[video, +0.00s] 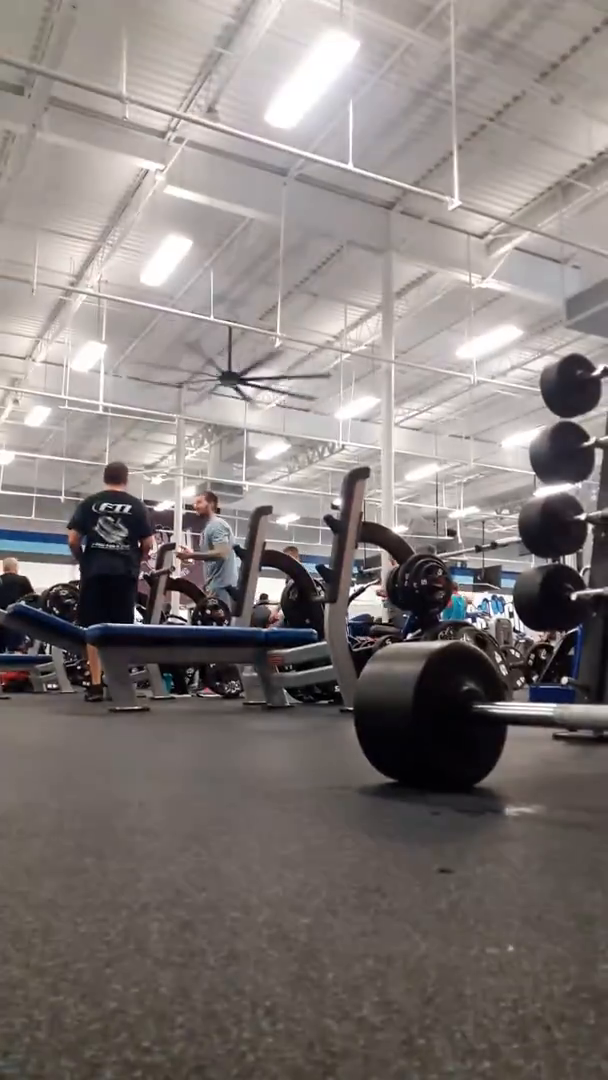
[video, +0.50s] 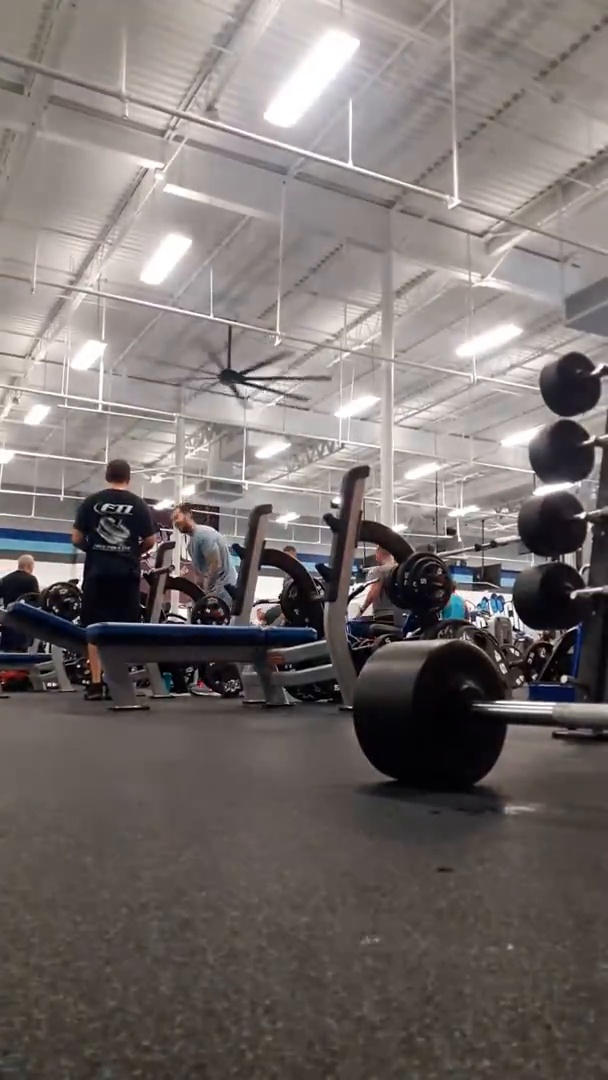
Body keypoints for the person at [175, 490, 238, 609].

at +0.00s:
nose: (195, 506)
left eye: (199, 502)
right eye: (195, 503)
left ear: (210, 504)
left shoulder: (217, 525)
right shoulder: (210, 526)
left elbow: (222, 552)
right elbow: (213, 552)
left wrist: (192, 555)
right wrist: (192, 553)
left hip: (221, 583)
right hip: (215, 581)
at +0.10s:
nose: (192, 510)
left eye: (195, 506)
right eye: (192, 507)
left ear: (206, 505)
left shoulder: (216, 526)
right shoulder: (206, 529)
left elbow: (221, 553)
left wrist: (192, 555)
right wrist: (190, 555)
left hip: (221, 583)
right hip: (211, 582)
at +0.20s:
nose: (189, 512)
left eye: (192, 507)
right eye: (187, 508)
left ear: (203, 508)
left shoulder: (216, 529)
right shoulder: (198, 535)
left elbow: (220, 554)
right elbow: (198, 563)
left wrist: (193, 564)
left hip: (222, 584)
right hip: (209, 585)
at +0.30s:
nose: (184, 512)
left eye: (188, 507)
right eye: (184, 508)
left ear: (199, 509)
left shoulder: (212, 530)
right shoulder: (195, 536)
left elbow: (219, 559)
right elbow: (199, 565)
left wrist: (196, 575)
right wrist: (188, 573)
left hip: (221, 587)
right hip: (208, 587)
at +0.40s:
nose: (180, 515)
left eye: (183, 510)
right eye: (178, 512)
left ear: (194, 510)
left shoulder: (210, 532)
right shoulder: (191, 542)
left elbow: (217, 562)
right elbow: (198, 571)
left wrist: (202, 586)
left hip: (222, 588)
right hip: (210, 588)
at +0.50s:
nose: (175, 523)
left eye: (176, 518)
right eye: (173, 520)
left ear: (188, 515)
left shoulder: (205, 536)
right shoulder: (191, 542)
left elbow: (215, 566)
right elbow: (198, 571)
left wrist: (206, 589)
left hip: (223, 585)